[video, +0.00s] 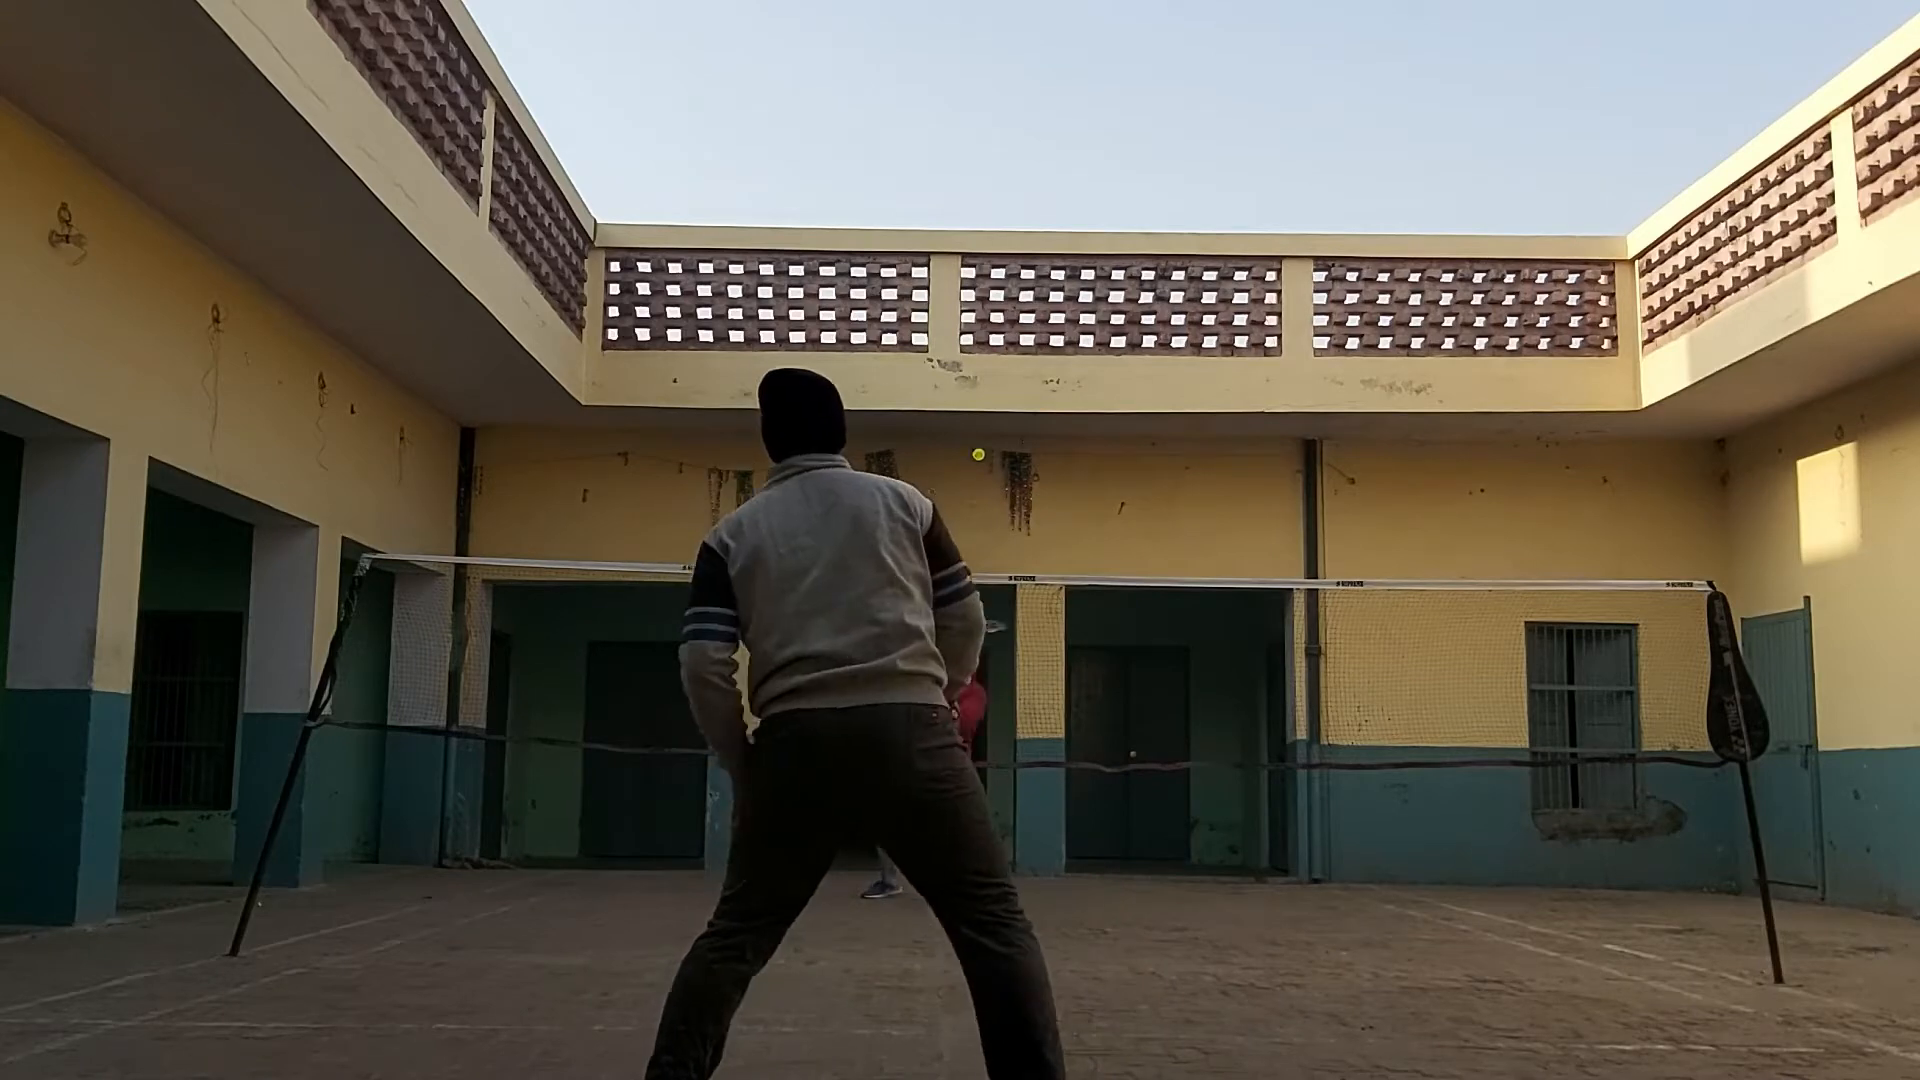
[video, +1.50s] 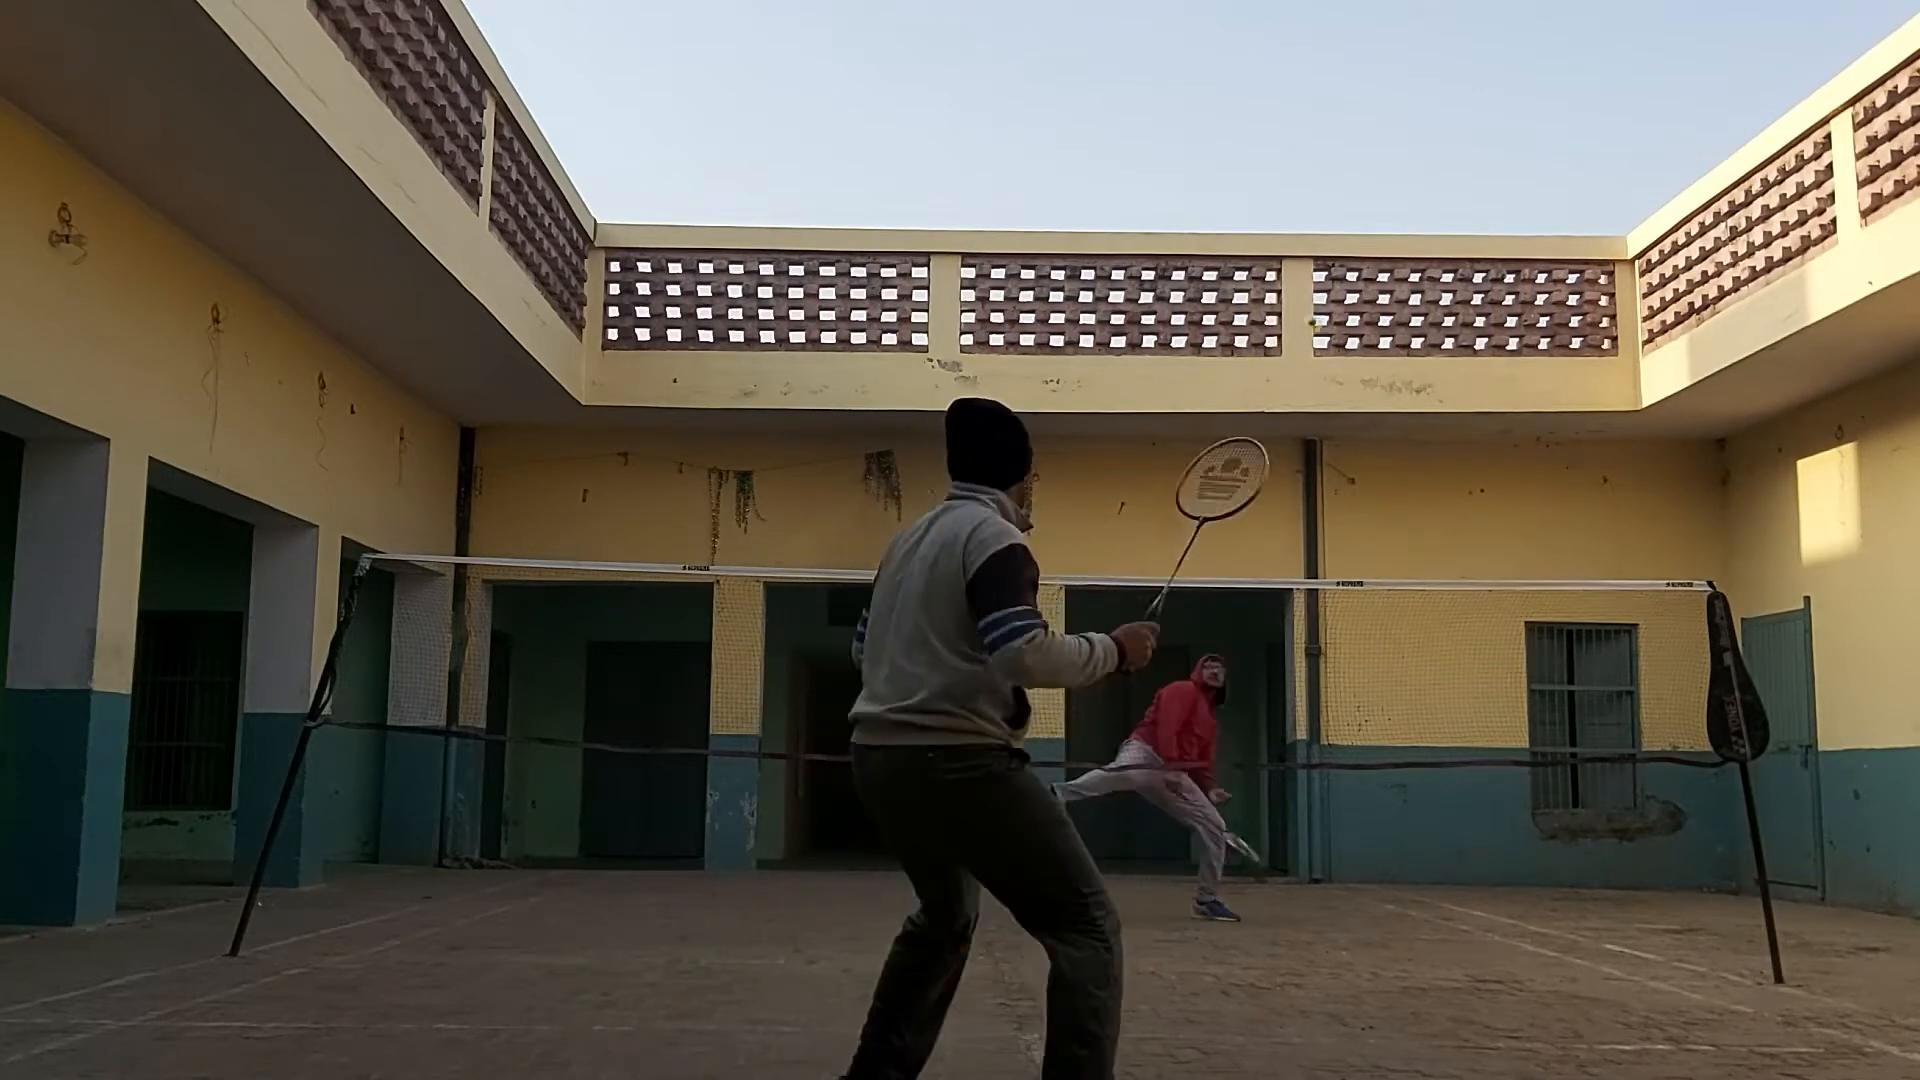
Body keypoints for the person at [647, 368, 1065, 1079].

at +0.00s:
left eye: (768, 431)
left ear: (766, 440)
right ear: (843, 435)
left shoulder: (732, 533)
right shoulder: (907, 502)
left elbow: (706, 666)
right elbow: (964, 620)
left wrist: (744, 769)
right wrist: (934, 705)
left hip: (794, 753)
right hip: (914, 742)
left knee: (736, 936)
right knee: (993, 924)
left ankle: (670, 1073)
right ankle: (1037, 1073)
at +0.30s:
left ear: (870, 462)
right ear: (941, 462)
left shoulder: (821, 546)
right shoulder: (968, 537)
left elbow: (780, 664)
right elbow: (1031, 651)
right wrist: (1058, 655)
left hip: (831, 762)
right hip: (944, 762)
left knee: (771, 907)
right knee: (1032, 923)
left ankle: (691, 1060)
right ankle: (1057, 1069)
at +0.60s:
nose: (893, 441)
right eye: (889, 431)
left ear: (812, 436)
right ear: (887, 436)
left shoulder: (762, 523)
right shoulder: (924, 514)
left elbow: (725, 607)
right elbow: (961, 626)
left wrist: (785, 544)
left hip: (819, 746)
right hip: (928, 739)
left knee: (765, 903)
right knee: (991, 889)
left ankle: (695, 1059)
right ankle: (1038, 1061)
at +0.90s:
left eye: (851, 435)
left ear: (846, 442)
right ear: (919, 439)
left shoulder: (802, 532)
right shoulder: (967, 520)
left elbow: (773, 655)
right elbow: (1015, 649)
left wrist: (834, 657)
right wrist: (1024, 666)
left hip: (846, 751)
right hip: (958, 745)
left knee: (784, 904)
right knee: (1032, 906)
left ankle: (701, 1062)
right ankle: (1070, 1066)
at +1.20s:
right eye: (992, 449)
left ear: (923, 450)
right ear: (994, 450)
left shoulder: (867, 519)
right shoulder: (1022, 511)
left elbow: (824, 629)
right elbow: (1054, 616)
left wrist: (865, 703)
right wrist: (1064, 700)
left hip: (879, 707)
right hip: (981, 701)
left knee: (900, 893)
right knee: (1038, 892)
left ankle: (871, 1067)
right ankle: (1083, 1066)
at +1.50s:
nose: (1029, 492)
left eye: (1028, 479)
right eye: (1028, 479)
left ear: (959, 471)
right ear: (1016, 477)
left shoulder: (906, 541)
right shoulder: (994, 537)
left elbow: (869, 651)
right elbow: (1020, 653)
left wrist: (975, 677)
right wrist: (1112, 650)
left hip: (881, 761)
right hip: (966, 763)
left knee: (946, 913)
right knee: (1087, 925)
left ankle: (875, 1073)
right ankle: (1080, 1074)